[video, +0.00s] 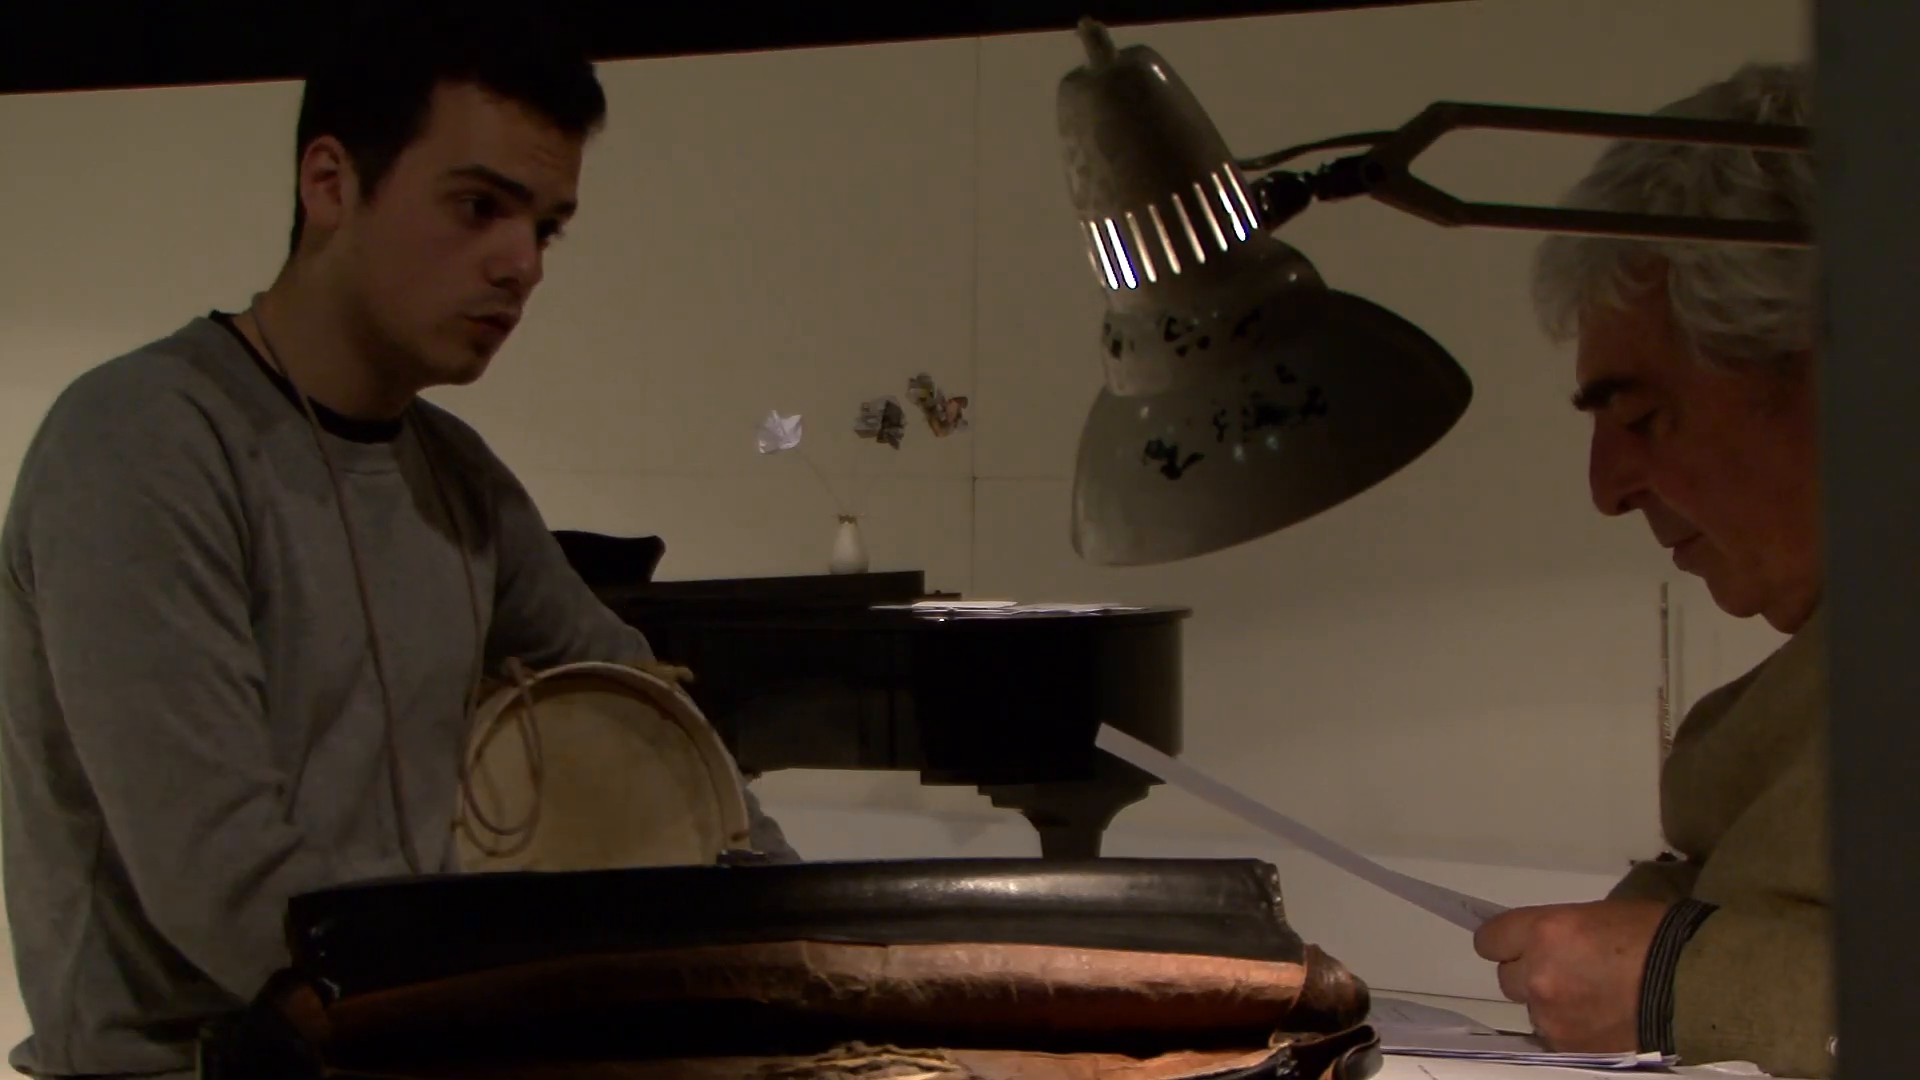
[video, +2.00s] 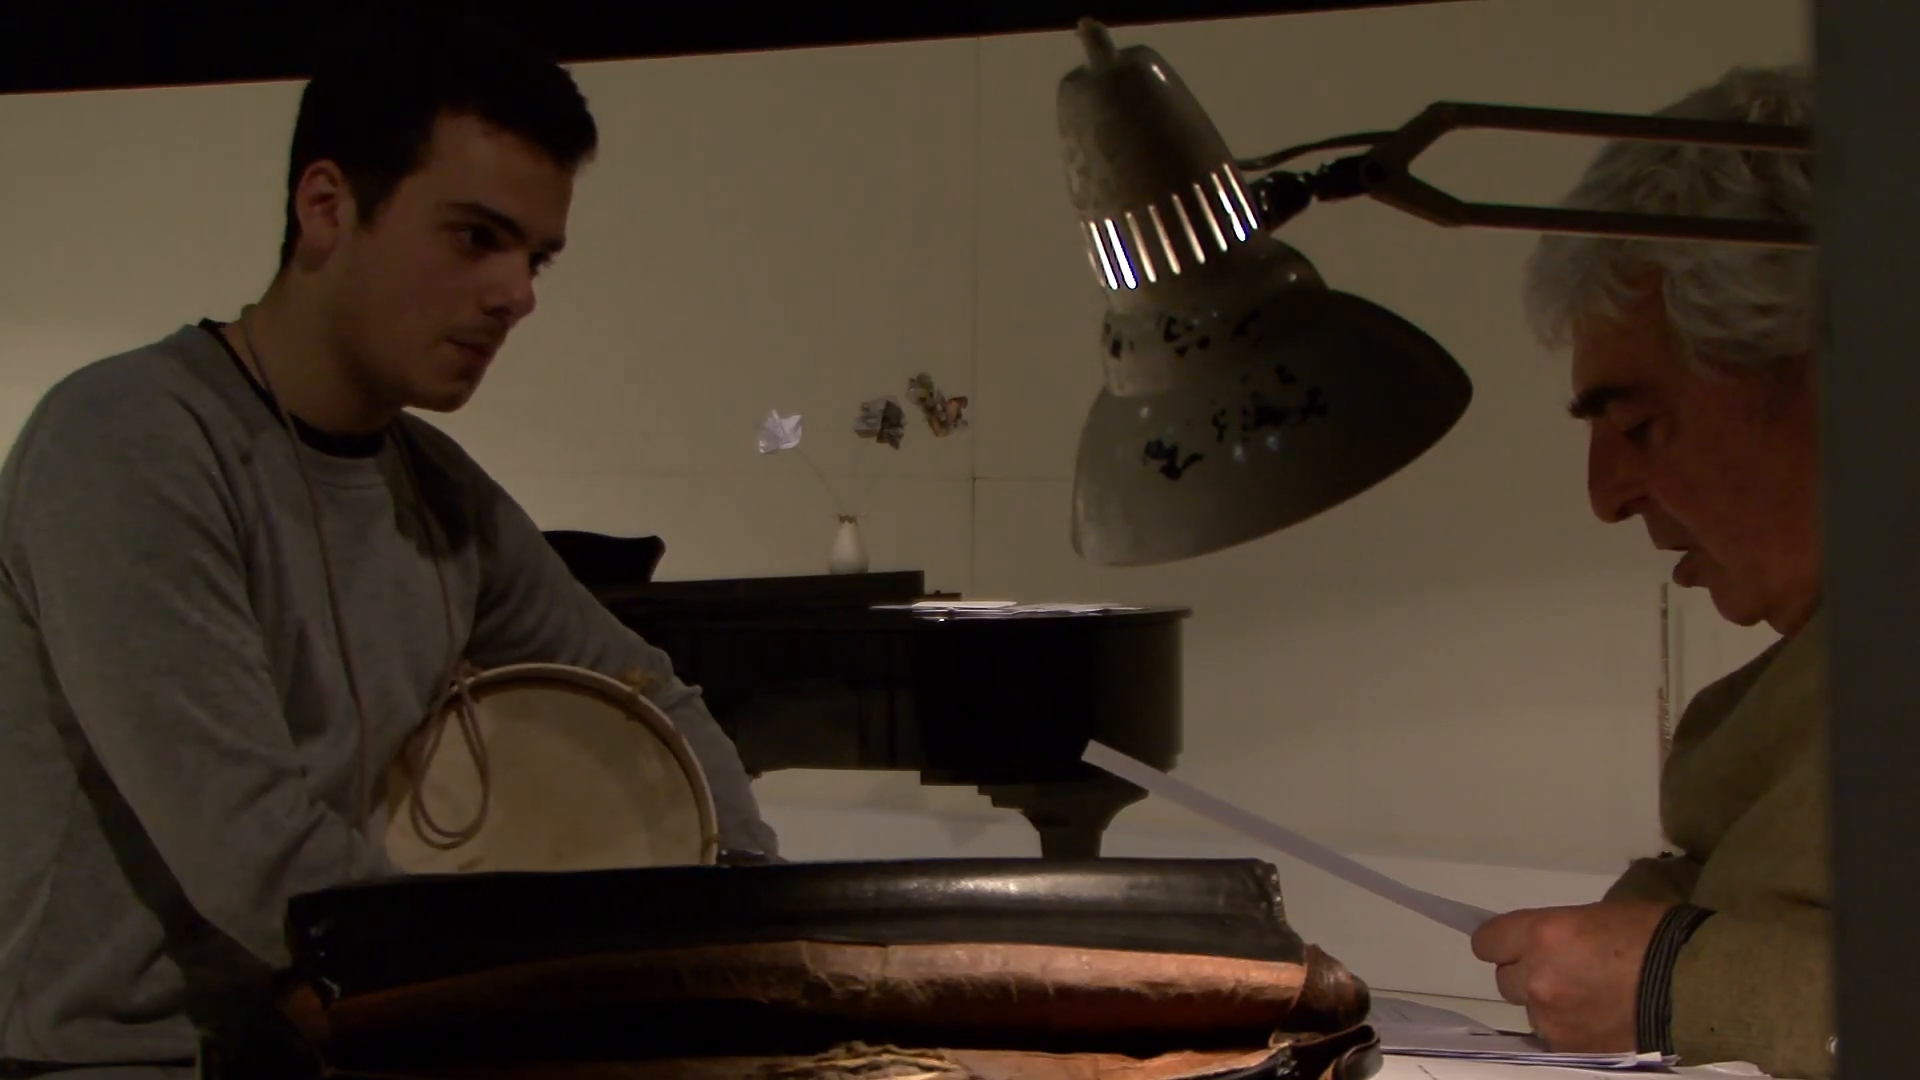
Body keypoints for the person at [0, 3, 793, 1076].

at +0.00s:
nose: (523, 266)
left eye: (545, 228)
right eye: (479, 206)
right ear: (329, 186)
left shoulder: (461, 478)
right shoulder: (131, 443)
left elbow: (639, 724)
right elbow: (224, 887)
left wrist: (791, 926)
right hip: (178, 1057)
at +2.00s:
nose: (515, 297)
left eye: (535, 261)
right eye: (476, 237)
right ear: (325, 207)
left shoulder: (444, 496)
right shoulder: (119, 442)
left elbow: (647, 701)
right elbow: (261, 869)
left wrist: (753, 918)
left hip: (352, 1043)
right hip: (117, 1059)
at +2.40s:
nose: (523, 338)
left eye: (549, 301)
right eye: (493, 279)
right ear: (349, 224)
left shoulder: (459, 494)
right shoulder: (110, 445)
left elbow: (669, 719)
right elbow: (222, 898)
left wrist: (724, 947)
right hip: (89, 1045)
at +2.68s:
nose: (517, 427)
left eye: (542, 394)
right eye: (499, 369)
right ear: (374, 265)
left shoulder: (478, 519)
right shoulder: (90, 444)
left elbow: (677, 735)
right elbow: (80, 872)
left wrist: (715, 953)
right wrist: (317, 1041)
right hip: (56, 1036)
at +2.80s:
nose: (520, 431)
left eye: (544, 397)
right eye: (502, 371)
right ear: (377, 268)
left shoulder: (467, 523)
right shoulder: (86, 442)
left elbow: (665, 745)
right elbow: (88, 872)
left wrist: (689, 966)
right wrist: (326, 1044)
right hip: (48, 1042)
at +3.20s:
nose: (409, 454)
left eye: (438, 420)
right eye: (393, 398)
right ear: (270, 283)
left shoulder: (385, 514)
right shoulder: (18, 450)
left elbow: (574, 736)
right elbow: (9, 859)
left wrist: (627, 960)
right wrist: (258, 1028)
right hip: (32, 1028)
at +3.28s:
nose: (354, 459)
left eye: (382, 423)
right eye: (333, 401)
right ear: (210, 287)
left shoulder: (346, 521)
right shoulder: (15, 468)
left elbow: (539, 730)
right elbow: (12, 932)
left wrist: (573, 972)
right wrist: (191, 1062)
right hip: (44, 1041)